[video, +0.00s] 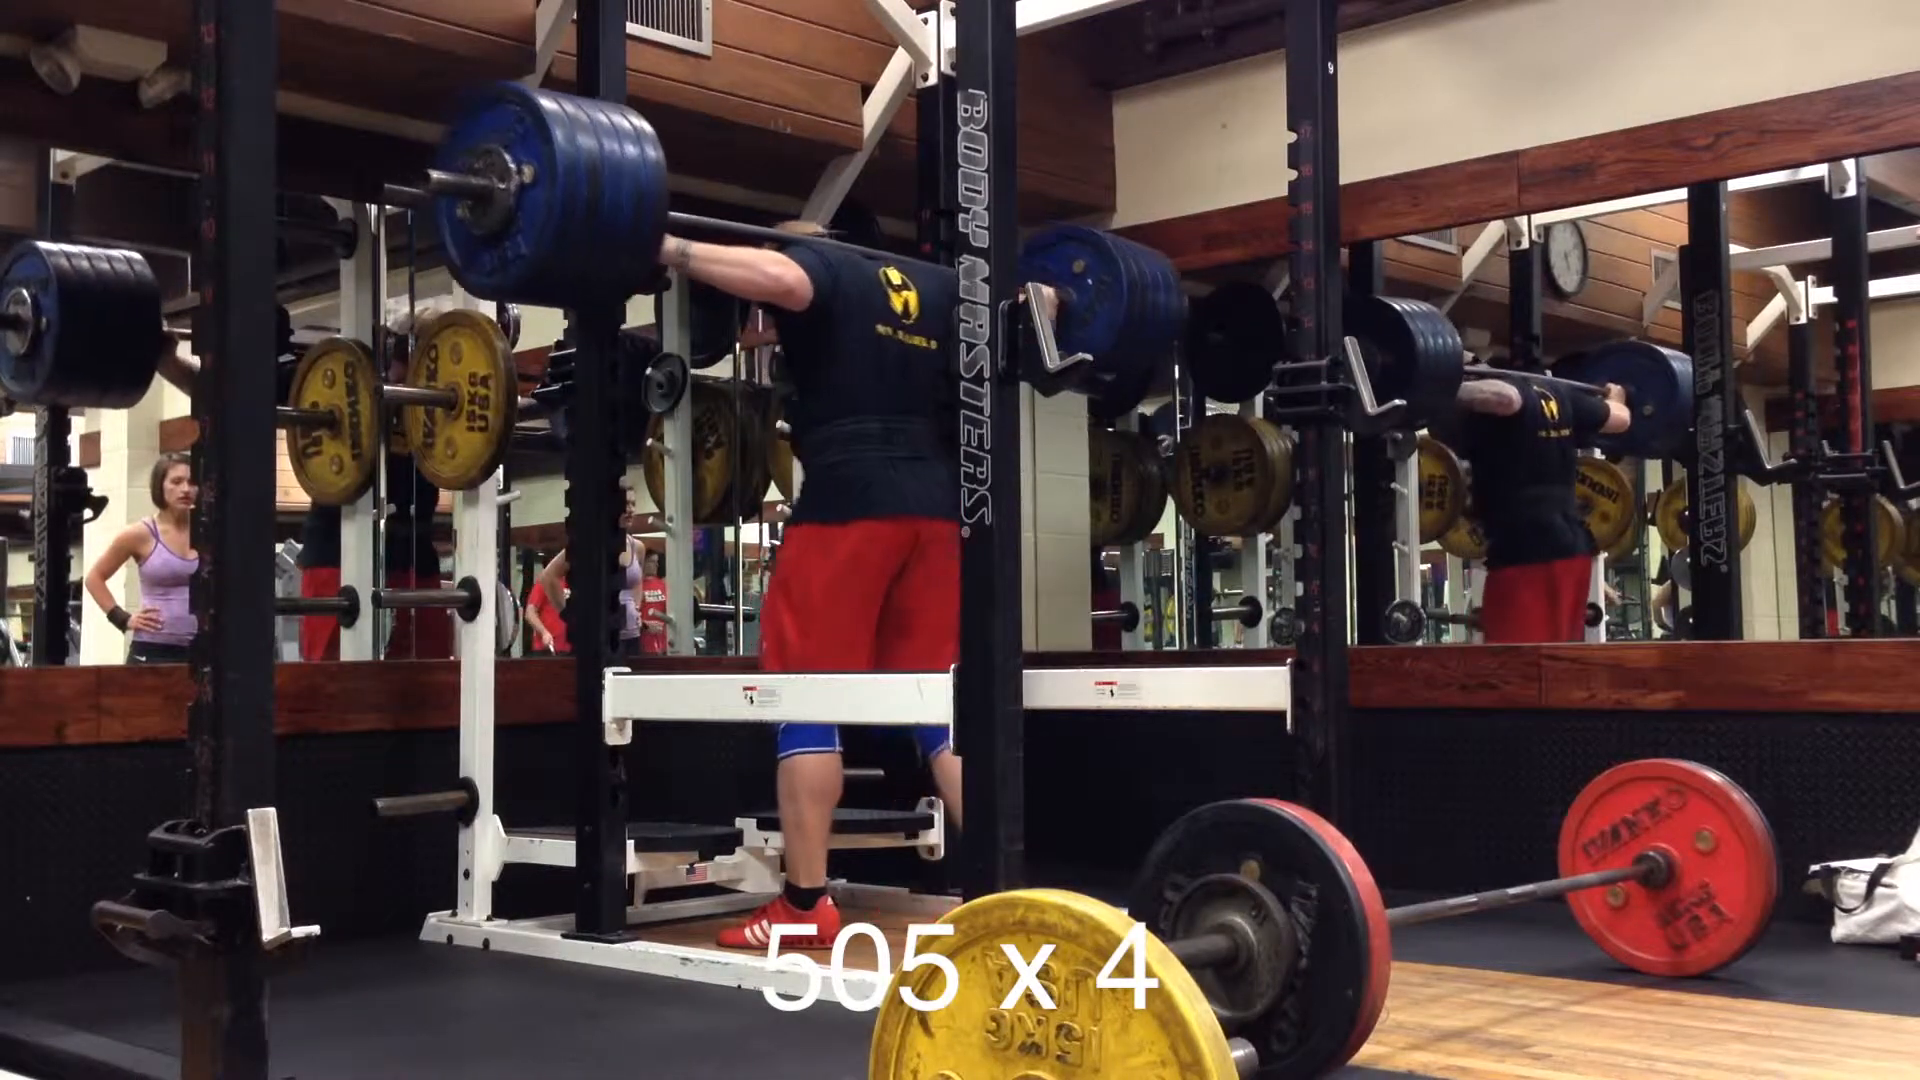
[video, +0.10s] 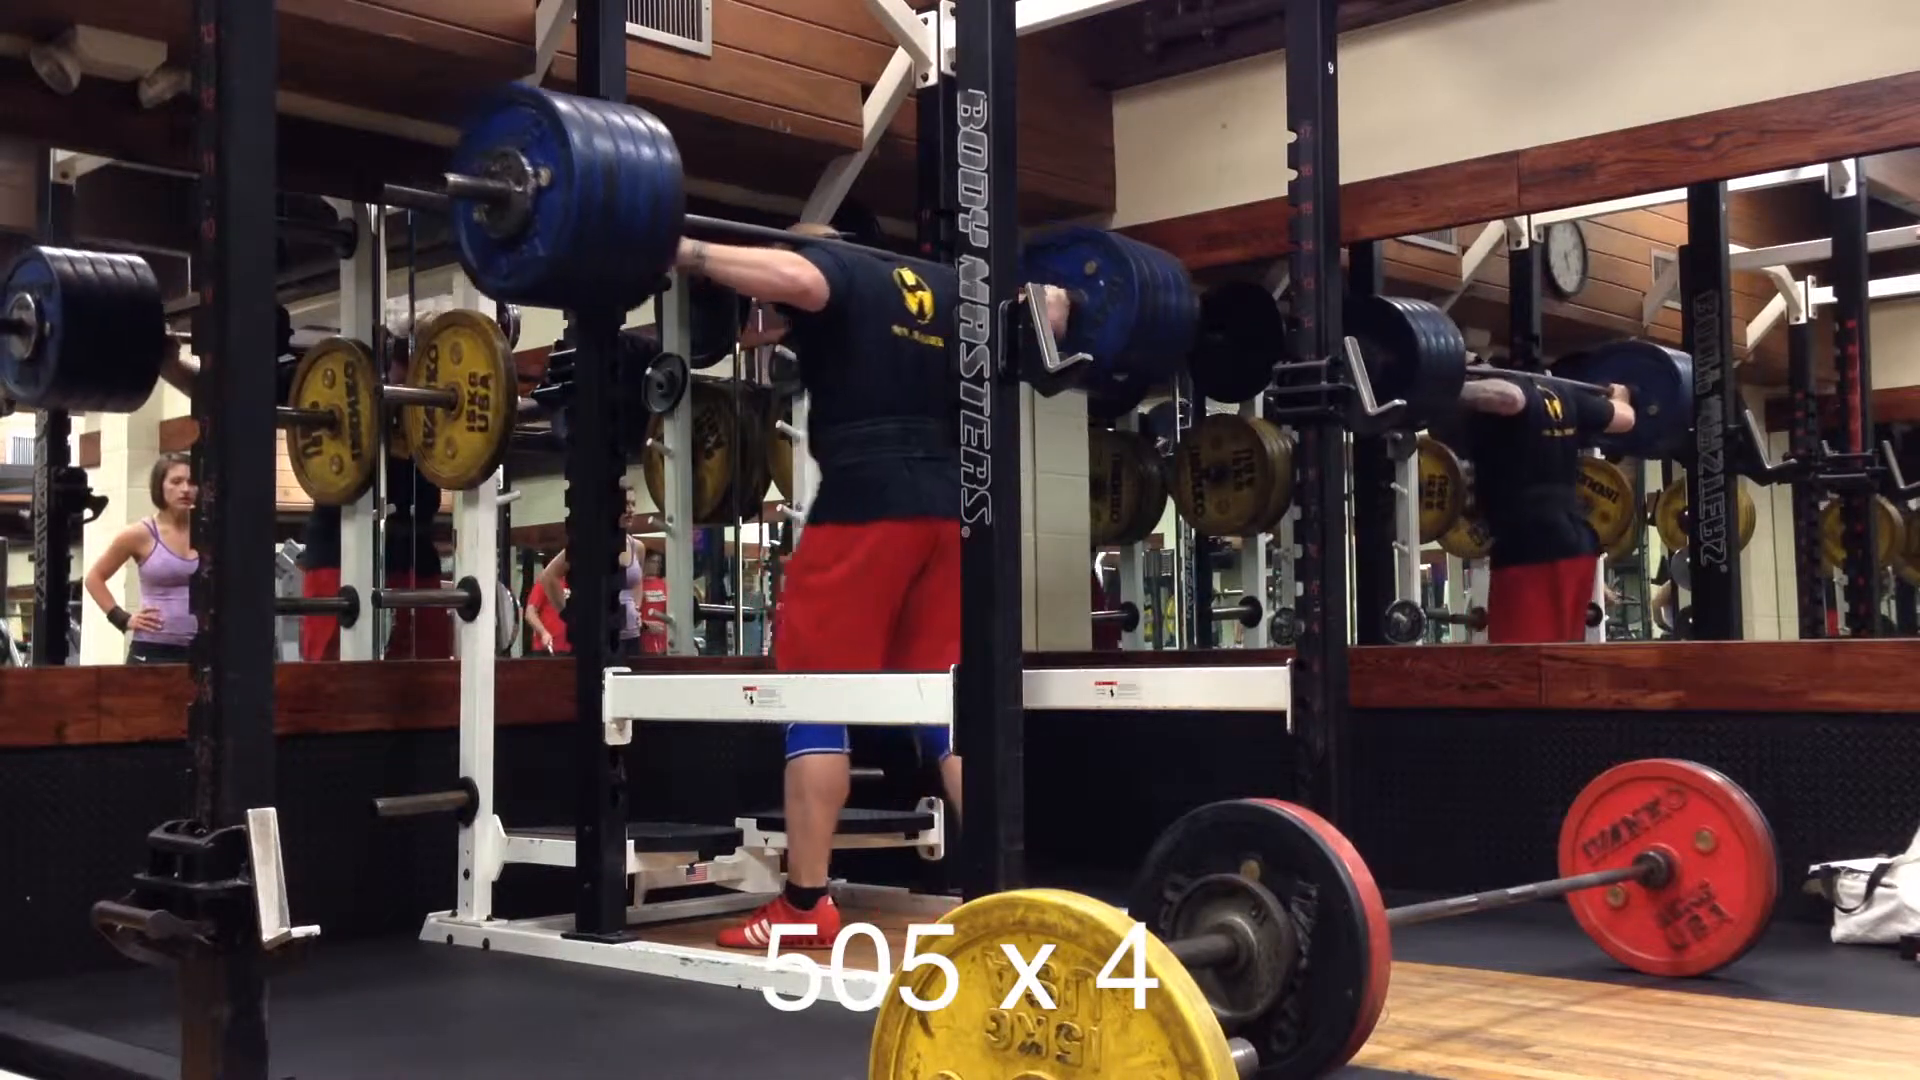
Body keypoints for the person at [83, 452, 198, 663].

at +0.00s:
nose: (186, 489)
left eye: (192, 482)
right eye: (177, 482)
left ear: (200, 488)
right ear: (160, 487)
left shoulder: (204, 530)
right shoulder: (140, 534)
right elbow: (94, 579)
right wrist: (123, 619)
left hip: (199, 648)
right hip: (153, 647)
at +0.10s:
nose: (186, 489)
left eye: (192, 482)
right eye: (176, 482)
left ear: (200, 488)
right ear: (159, 487)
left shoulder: (204, 530)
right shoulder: (140, 534)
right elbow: (94, 579)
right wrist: (123, 619)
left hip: (199, 648)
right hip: (153, 647)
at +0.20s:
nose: (185, 489)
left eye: (191, 481)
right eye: (176, 481)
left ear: (199, 487)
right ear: (159, 486)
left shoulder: (204, 528)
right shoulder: (140, 534)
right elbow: (93, 579)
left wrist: (212, 613)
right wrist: (123, 620)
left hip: (199, 647)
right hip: (153, 648)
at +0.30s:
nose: (185, 489)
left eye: (191, 482)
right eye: (176, 481)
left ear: (199, 487)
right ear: (159, 486)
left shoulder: (204, 528)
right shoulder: (140, 534)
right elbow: (93, 579)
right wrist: (123, 619)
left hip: (200, 648)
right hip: (153, 648)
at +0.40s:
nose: (185, 489)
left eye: (191, 482)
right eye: (176, 481)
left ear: (198, 487)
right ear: (159, 486)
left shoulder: (204, 528)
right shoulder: (140, 534)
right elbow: (93, 579)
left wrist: (213, 613)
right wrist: (123, 620)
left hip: (199, 647)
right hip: (153, 648)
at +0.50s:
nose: (185, 489)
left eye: (191, 482)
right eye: (176, 481)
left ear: (198, 487)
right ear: (159, 486)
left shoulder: (205, 528)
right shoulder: (140, 535)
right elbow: (93, 579)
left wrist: (213, 613)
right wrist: (123, 620)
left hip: (200, 647)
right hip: (153, 648)